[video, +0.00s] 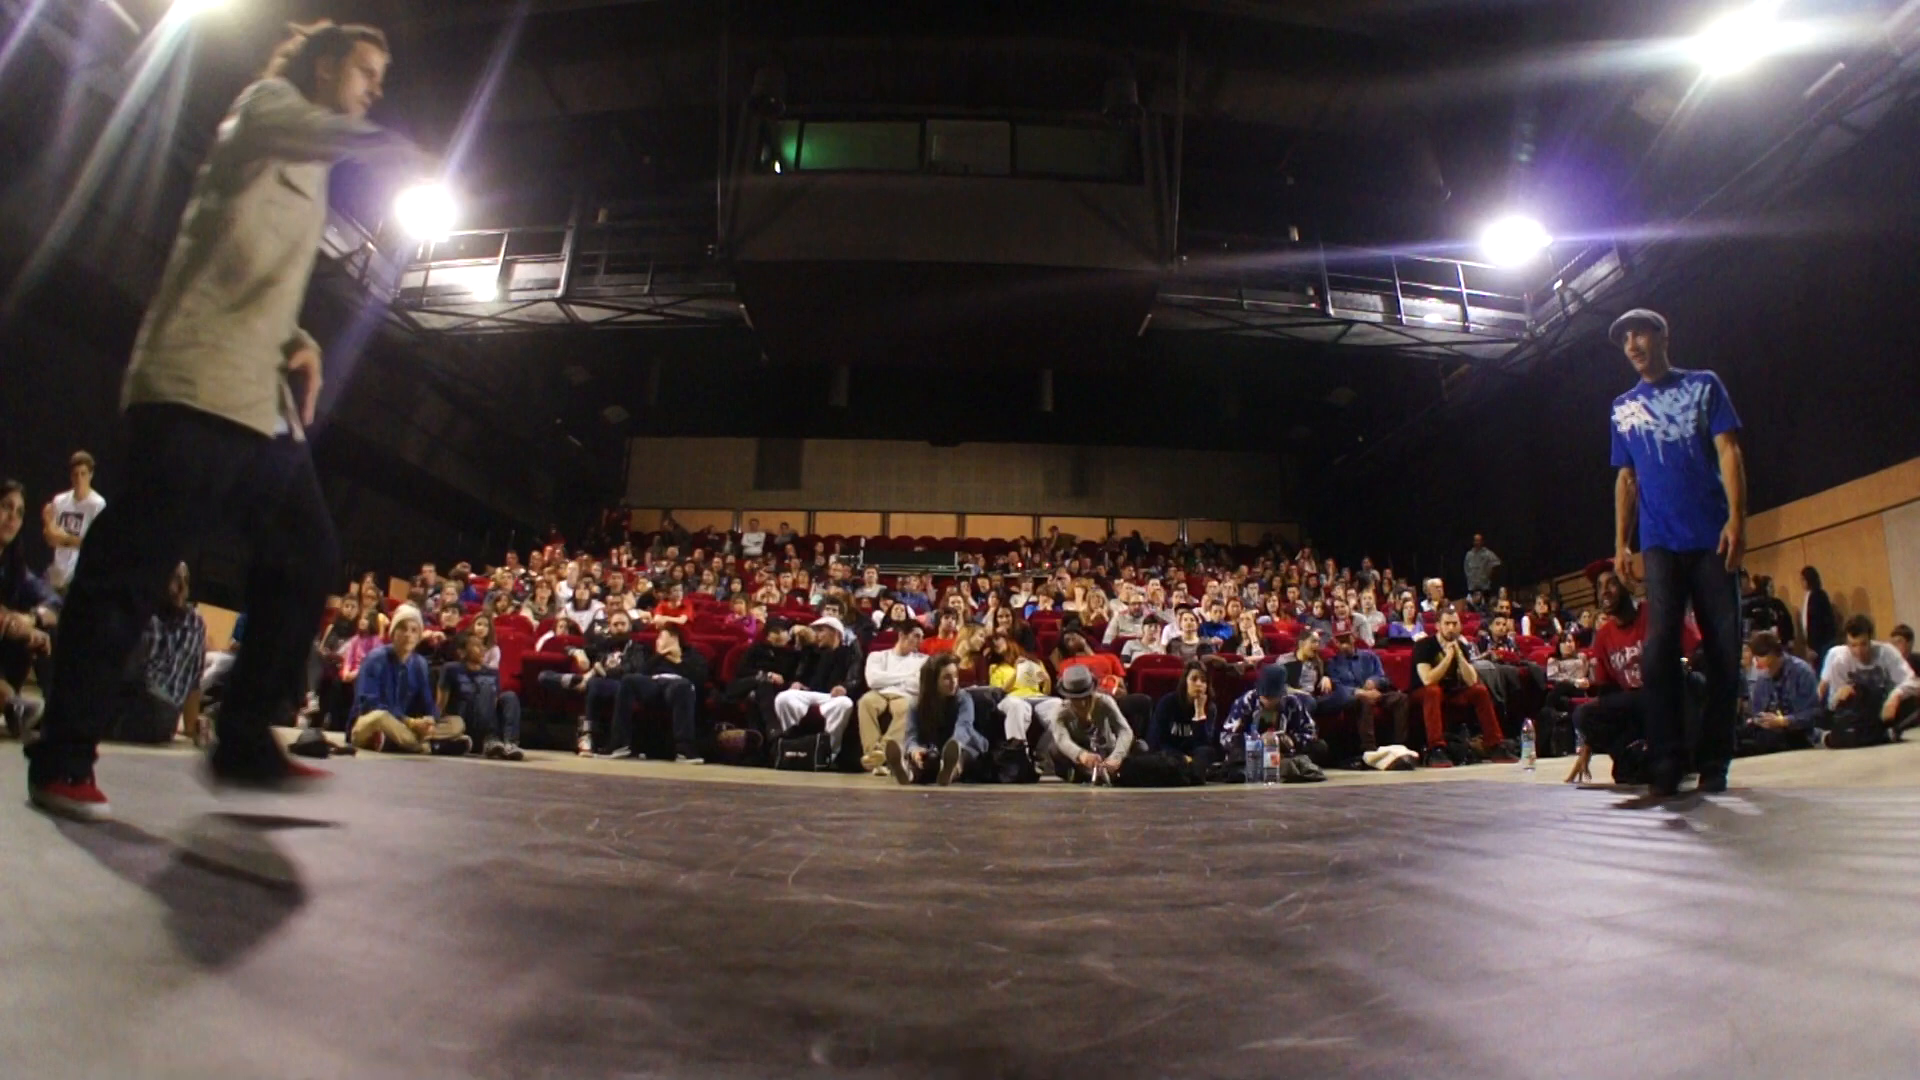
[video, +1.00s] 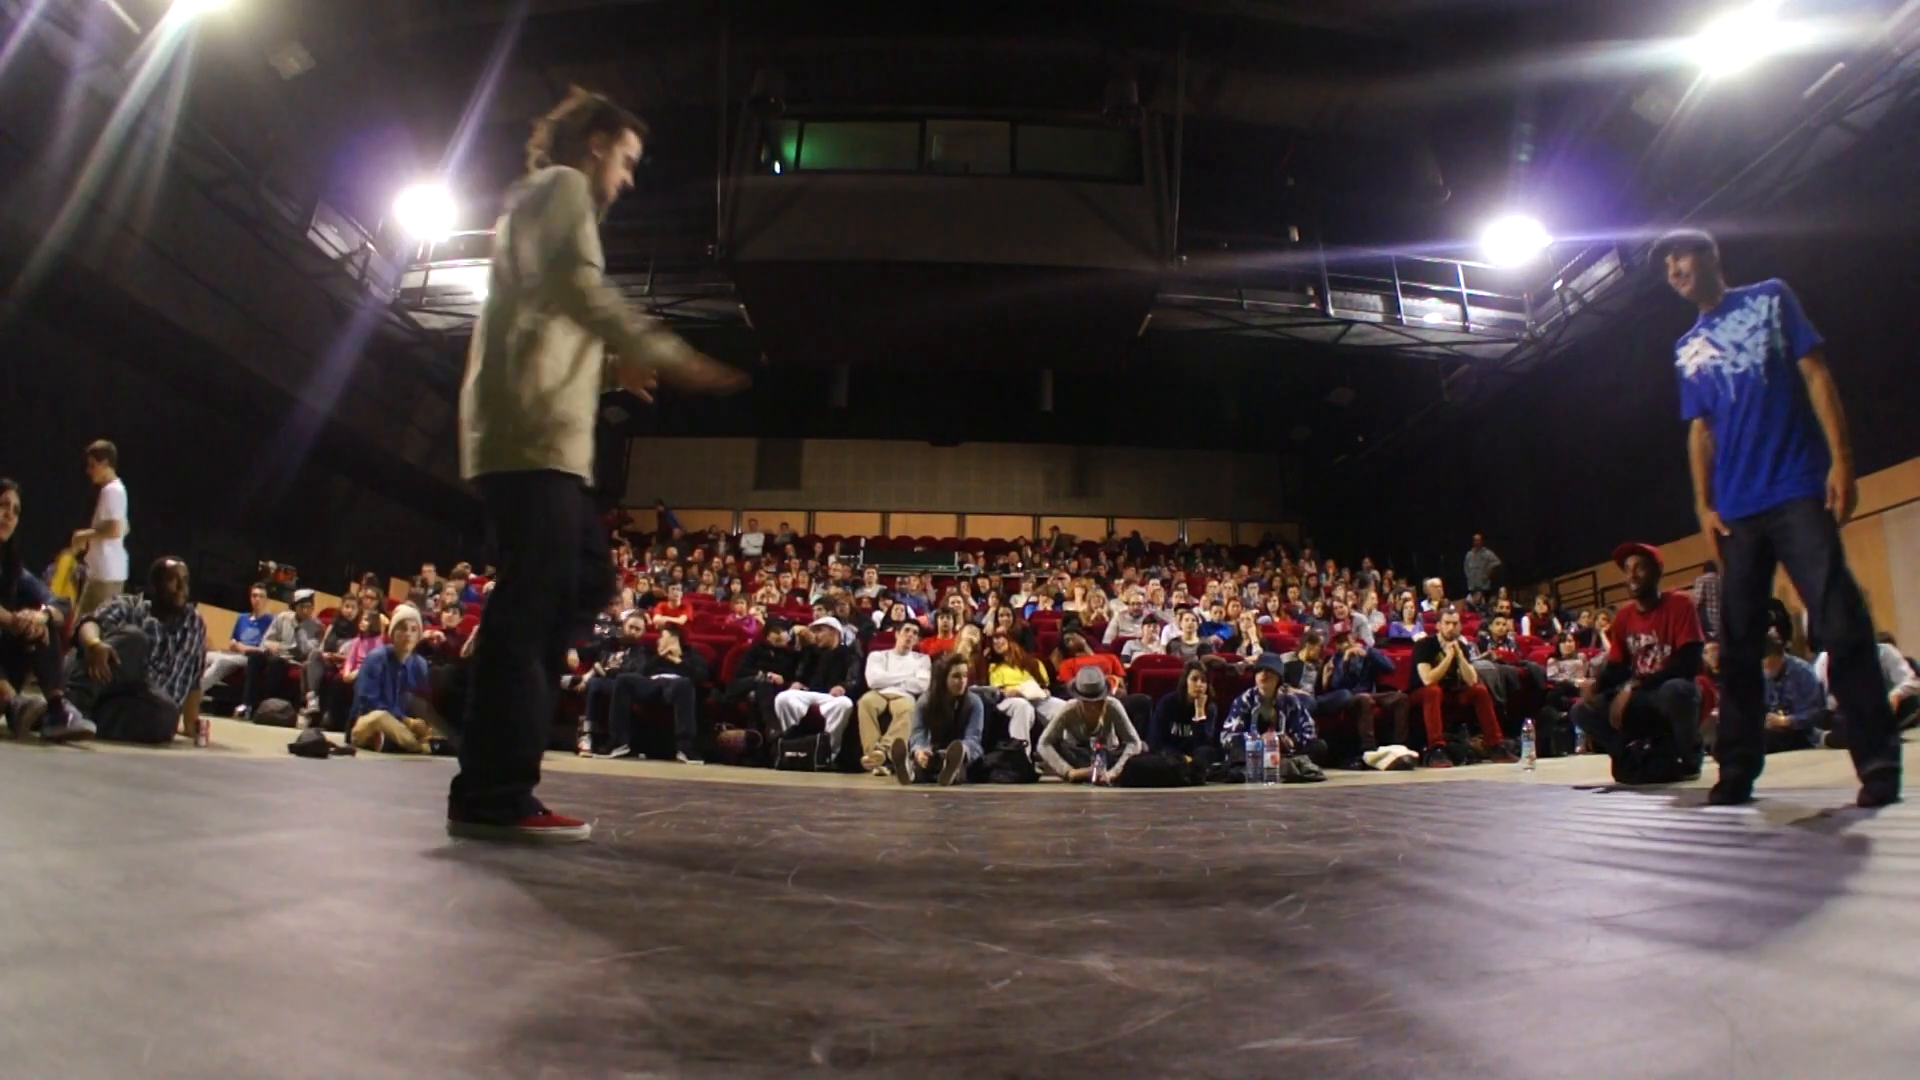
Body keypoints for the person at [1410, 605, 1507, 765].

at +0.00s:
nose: (1451, 628)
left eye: (1455, 624)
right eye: (1447, 624)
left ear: (1460, 626)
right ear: (1438, 626)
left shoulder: (1462, 646)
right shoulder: (1423, 646)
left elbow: (1472, 680)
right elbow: (1427, 679)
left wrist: (1458, 654)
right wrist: (1448, 657)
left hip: (1454, 690)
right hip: (1427, 692)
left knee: (1480, 691)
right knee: (1433, 691)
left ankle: (1495, 745)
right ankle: (1436, 748)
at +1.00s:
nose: (1451, 628)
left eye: (1455, 624)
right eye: (1447, 623)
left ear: (1460, 626)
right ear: (1439, 626)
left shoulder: (1462, 646)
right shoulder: (1424, 645)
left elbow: (1472, 681)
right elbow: (1427, 678)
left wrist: (1459, 655)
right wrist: (1449, 657)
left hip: (1454, 692)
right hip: (1428, 693)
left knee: (1480, 691)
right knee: (1433, 691)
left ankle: (1496, 745)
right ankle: (1436, 748)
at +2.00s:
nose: (1450, 628)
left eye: (1455, 624)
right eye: (1446, 623)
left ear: (1460, 627)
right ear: (1438, 626)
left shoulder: (1462, 646)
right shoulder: (1423, 646)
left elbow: (1472, 681)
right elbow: (1427, 679)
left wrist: (1458, 655)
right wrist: (1449, 656)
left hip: (1454, 691)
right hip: (1429, 693)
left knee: (1480, 691)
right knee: (1433, 690)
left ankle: (1496, 745)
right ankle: (1436, 748)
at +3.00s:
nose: (1450, 628)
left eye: (1455, 624)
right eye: (1446, 624)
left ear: (1460, 627)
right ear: (1438, 626)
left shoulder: (1462, 647)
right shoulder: (1423, 645)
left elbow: (1472, 681)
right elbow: (1427, 678)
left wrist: (1459, 655)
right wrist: (1448, 657)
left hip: (1454, 693)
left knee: (1480, 691)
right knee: (1433, 690)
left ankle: (1496, 745)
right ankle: (1436, 748)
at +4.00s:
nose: (1442, 625)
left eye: (1447, 621)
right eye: (1439, 620)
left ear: (1456, 624)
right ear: (1435, 623)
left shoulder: (1462, 646)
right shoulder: (1424, 646)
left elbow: (1471, 681)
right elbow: (1427, 678)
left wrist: (1459, 654)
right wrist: (1451, 654)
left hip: (1453, 691)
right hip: (1427, 693)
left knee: (1480, 691)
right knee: (1433, 691)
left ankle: (1496, 745)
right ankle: (1436, 748)